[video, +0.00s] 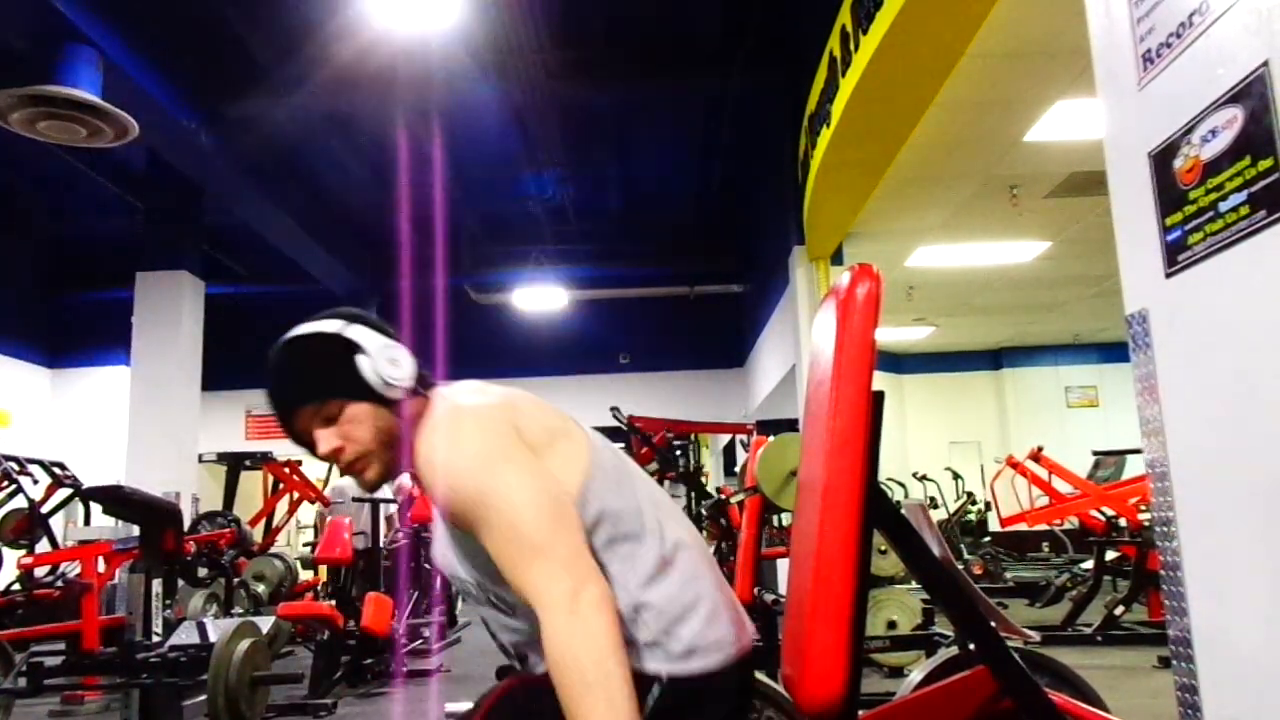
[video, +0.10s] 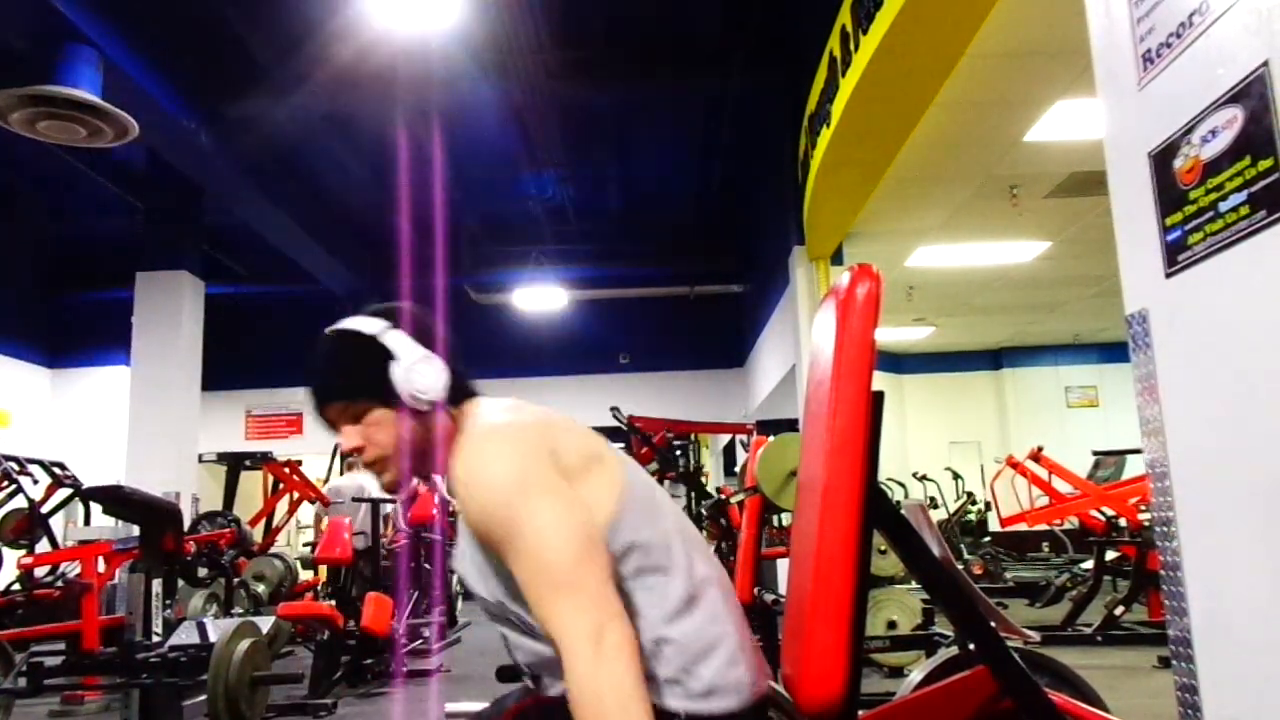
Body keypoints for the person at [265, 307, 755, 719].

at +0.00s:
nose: (327, 448)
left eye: (332, 416)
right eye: (310, 437)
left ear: (379, 379)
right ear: (306, 445)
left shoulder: (462, 433)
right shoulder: (447, 438)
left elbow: (577, 603)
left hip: (683, 673)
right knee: (502, 700)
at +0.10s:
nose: (347, 444)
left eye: (358, 416)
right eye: (336, 427)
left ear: (415, 388)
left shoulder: (495, 457)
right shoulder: (479, 451)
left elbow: (600, 645)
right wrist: (555, 691)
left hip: (698, 703)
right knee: (505, 711)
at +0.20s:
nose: (386, 427)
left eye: (397, 403)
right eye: (385, 404)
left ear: (457, 385)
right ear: (456, 385)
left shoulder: (540, 459)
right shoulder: (521, 453)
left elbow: (626, 669)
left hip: (697, 709)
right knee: (508, 706)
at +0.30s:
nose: (428, 393)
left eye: (442, 367)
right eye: (430, 370)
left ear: (491, 359)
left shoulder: (583, 442)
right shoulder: (566, 439)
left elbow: (651, 656)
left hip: (718, 706)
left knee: (520, 710)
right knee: (513, 711)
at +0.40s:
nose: (463, 368)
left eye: (475, 342)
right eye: (467, 345)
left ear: (529, 335)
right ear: (527, 337)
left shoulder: (621, 434)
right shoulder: (602, 429)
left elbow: (677, 660)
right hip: (611, 691)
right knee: (478, 716)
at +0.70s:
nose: (453, 348)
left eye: (471, 324)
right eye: (461, 324)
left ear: (524, 330)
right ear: (522, 330)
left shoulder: (593, 441)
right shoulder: (596, 421)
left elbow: (654, 679)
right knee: (448, 706)